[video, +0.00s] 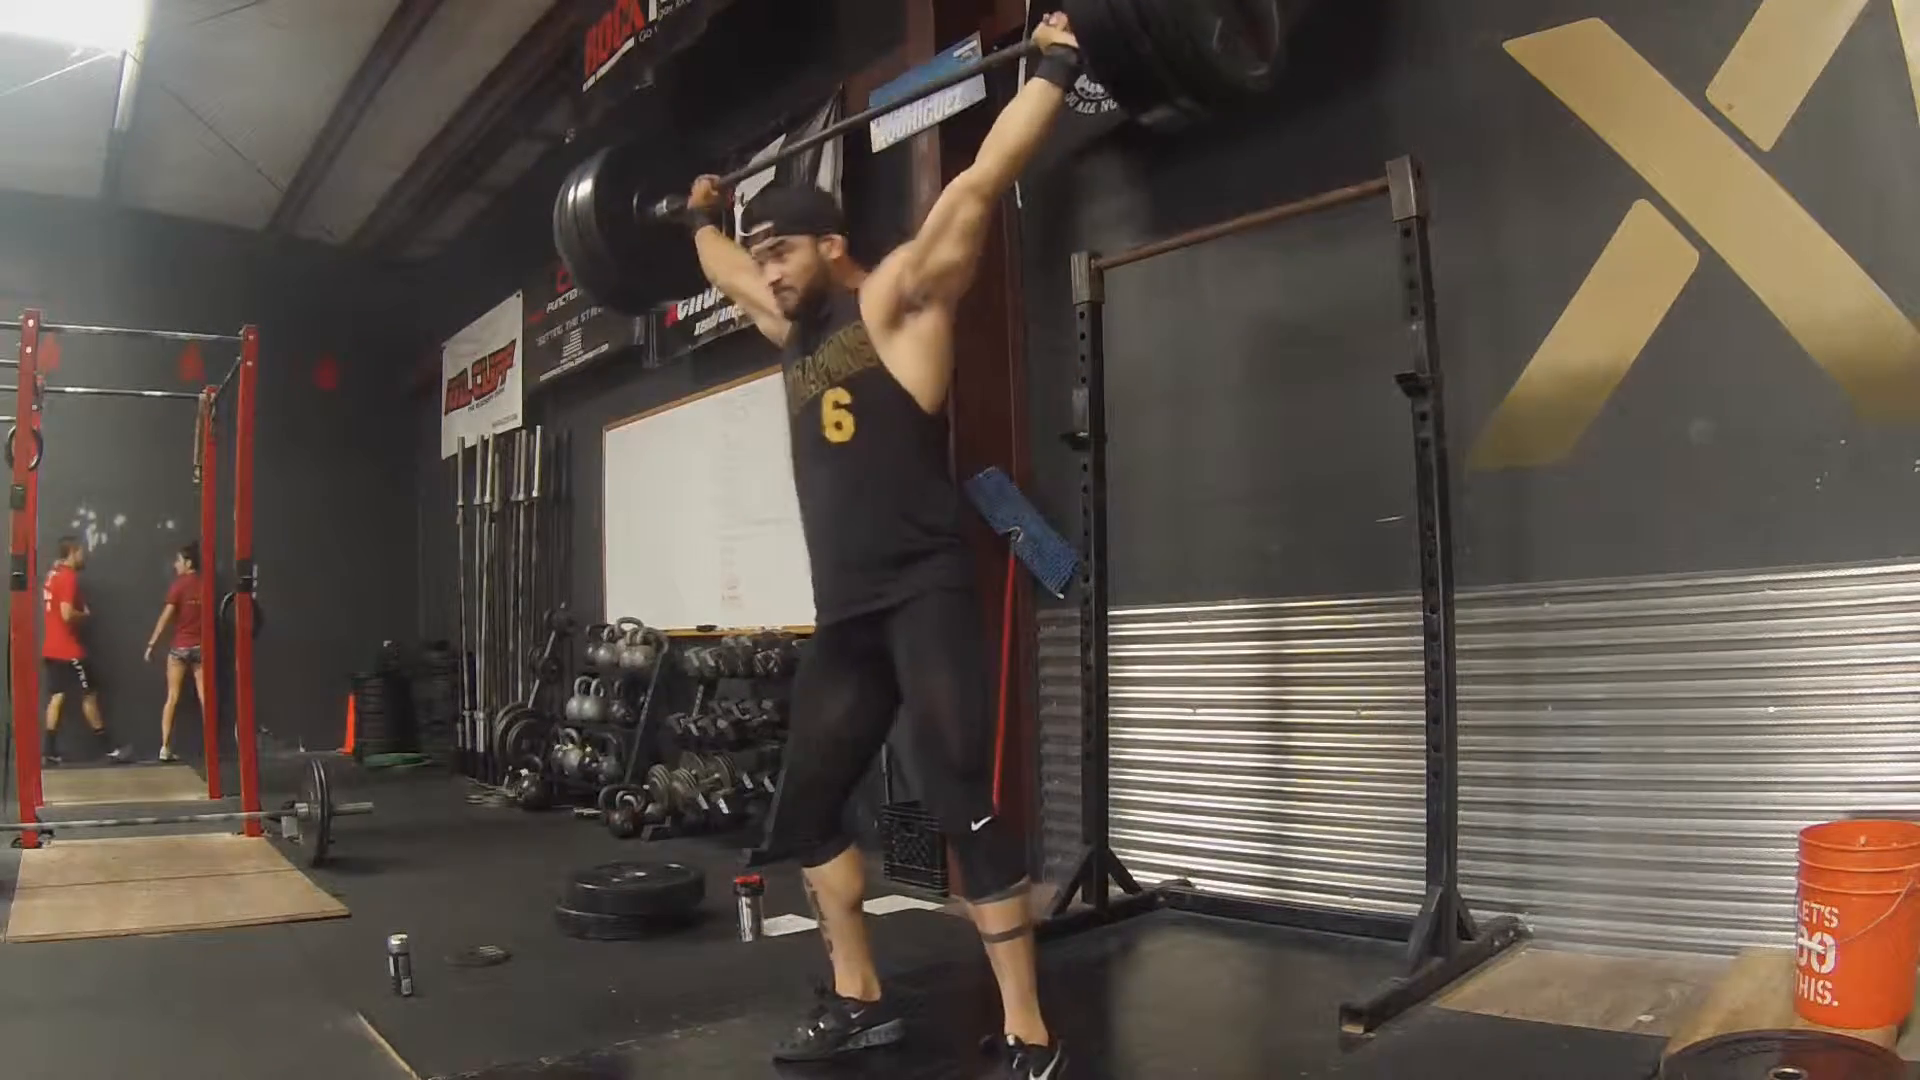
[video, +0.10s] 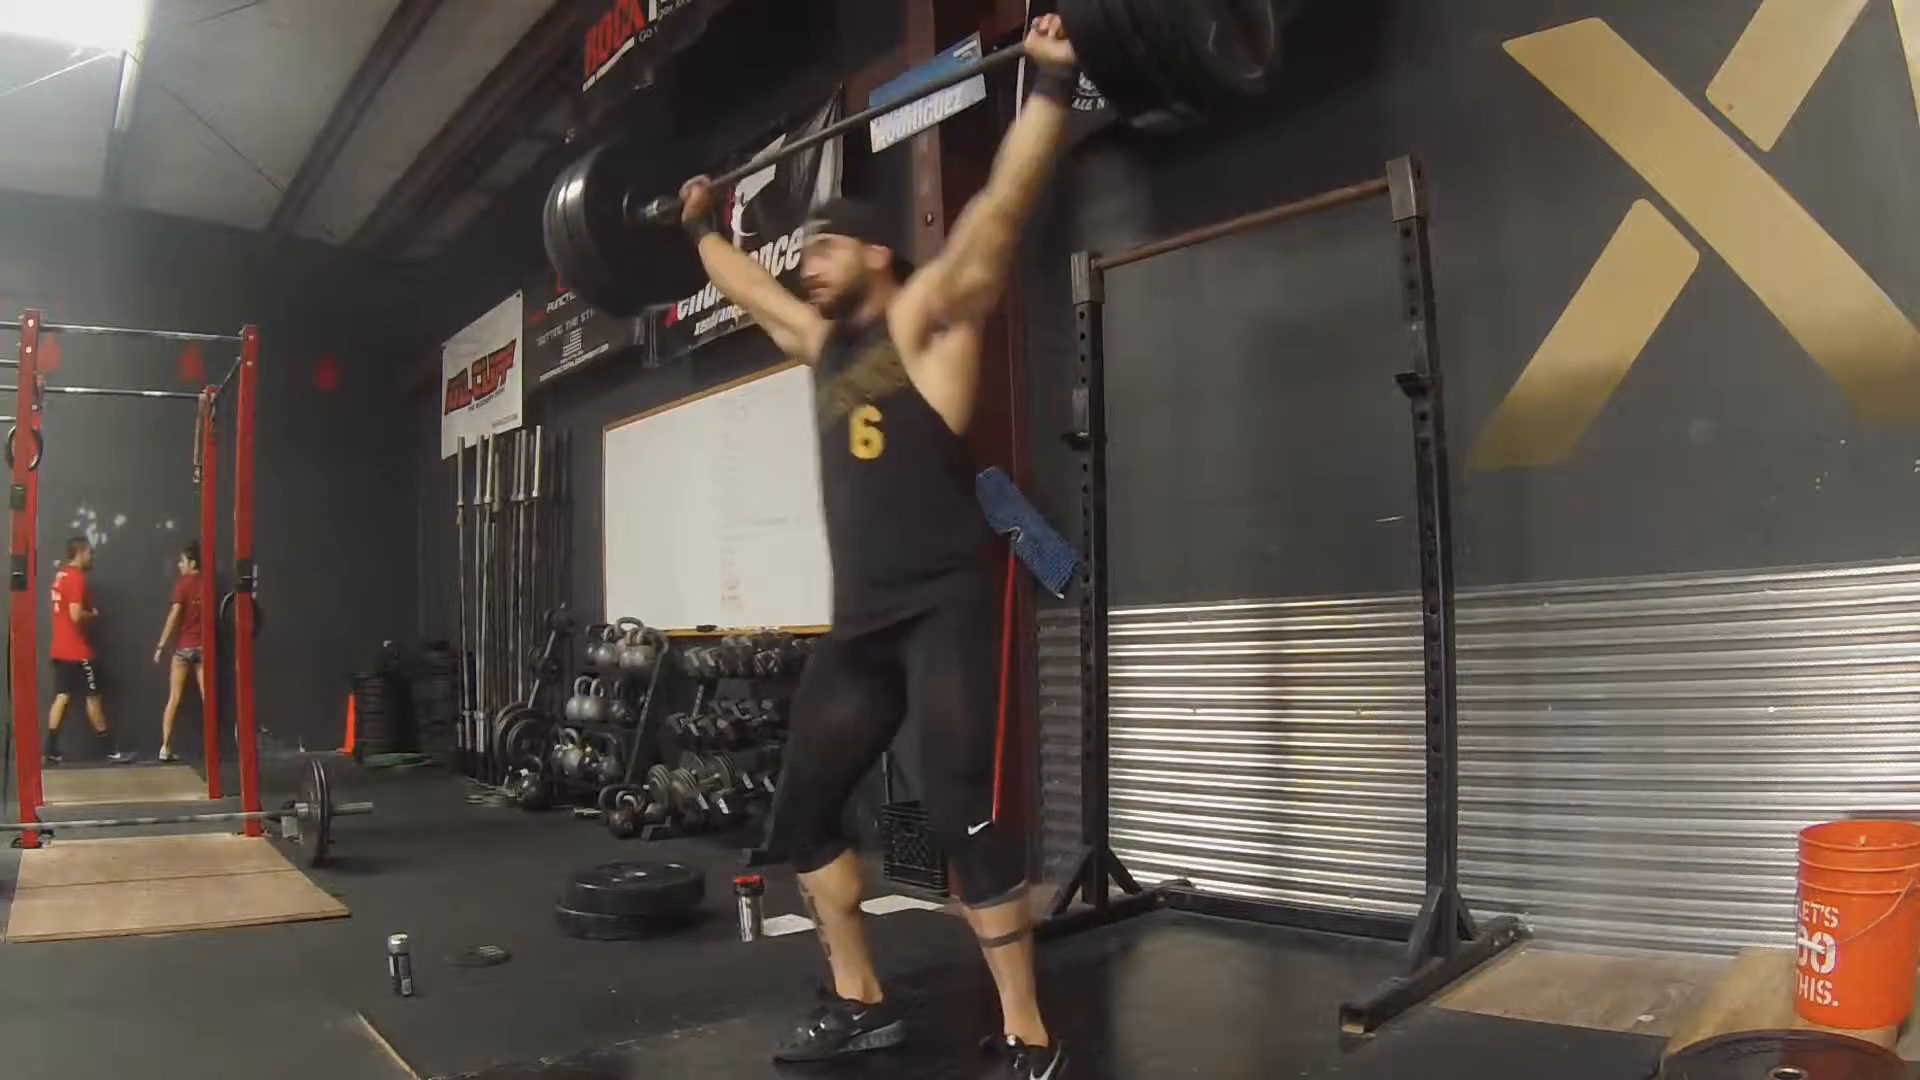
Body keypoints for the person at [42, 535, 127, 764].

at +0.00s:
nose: (84, 557)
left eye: (83, 552)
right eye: (82, 553)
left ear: (66, 553)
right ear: (72, 553)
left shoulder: (52, 574)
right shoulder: (68, 576)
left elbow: (52, 608)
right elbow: (67, 613)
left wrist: (75, 611)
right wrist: (84, 614)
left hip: (51, 647)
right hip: (69, 648)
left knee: (57, 694)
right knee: (88, 693)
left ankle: (49, 749)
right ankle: (107, 746)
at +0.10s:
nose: (91, 558)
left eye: (91, 553)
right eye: (89, 553)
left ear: (75, 553)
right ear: (79, 553)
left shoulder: (60, 574)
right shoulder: (76, 576)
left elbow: (57, 608)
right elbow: (76, 614)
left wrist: (82, 611)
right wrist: (92, 614)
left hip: (60, 647)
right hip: (78, 649)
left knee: (62, 694)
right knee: (93, 696)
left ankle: (50, 748)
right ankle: (109, 747)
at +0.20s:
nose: (98, 557)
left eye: (97, 552)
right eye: (96, 552)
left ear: (81, 553)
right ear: (88, 553)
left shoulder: (69, 575)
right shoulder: (86, 577)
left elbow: (67, 610)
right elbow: (87, 614)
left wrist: (92, 612)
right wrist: (102, 614)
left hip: (70, 650)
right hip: (87, 651)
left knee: (69, 695)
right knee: (99, 696)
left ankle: (52, 746)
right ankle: (112, 747)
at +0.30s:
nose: (105, 556)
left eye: (104, 551)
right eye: (103, 552)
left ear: (89, 553)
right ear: (95, 553)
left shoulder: (76, 575)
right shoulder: (94, 577)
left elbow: (77, 608)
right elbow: (99, 613)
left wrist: (105, 613)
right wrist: (117, 613)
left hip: (79, 648)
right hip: (96, 650)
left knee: (80, 694)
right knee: (103, 696)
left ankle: (58, 739)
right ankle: (112, 748)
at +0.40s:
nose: (113, 557)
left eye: (112, 553)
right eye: (111, 553)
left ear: (97, 553)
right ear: (102, 553)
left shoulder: (83, 574)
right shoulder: (100, 577)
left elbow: (86, 608)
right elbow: (106, 613)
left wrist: (116, 613)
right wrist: (125, 613)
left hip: (87, 647)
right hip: (103, 648)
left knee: (91, 694)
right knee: (106, 696)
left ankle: (67, 737)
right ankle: (114, 748)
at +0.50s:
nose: (119, 556)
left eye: (118, 552)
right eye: (116, 552)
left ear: (102, 552)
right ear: (106, 552)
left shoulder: (89, 574)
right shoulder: (105, 576)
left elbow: (92, 608)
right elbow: (111, 612)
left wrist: (121, 615)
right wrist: (129, 612)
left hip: (93, 647)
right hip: (106, 648)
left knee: (101, 693)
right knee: (109, 695)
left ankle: (82, 736)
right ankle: (112, 747)